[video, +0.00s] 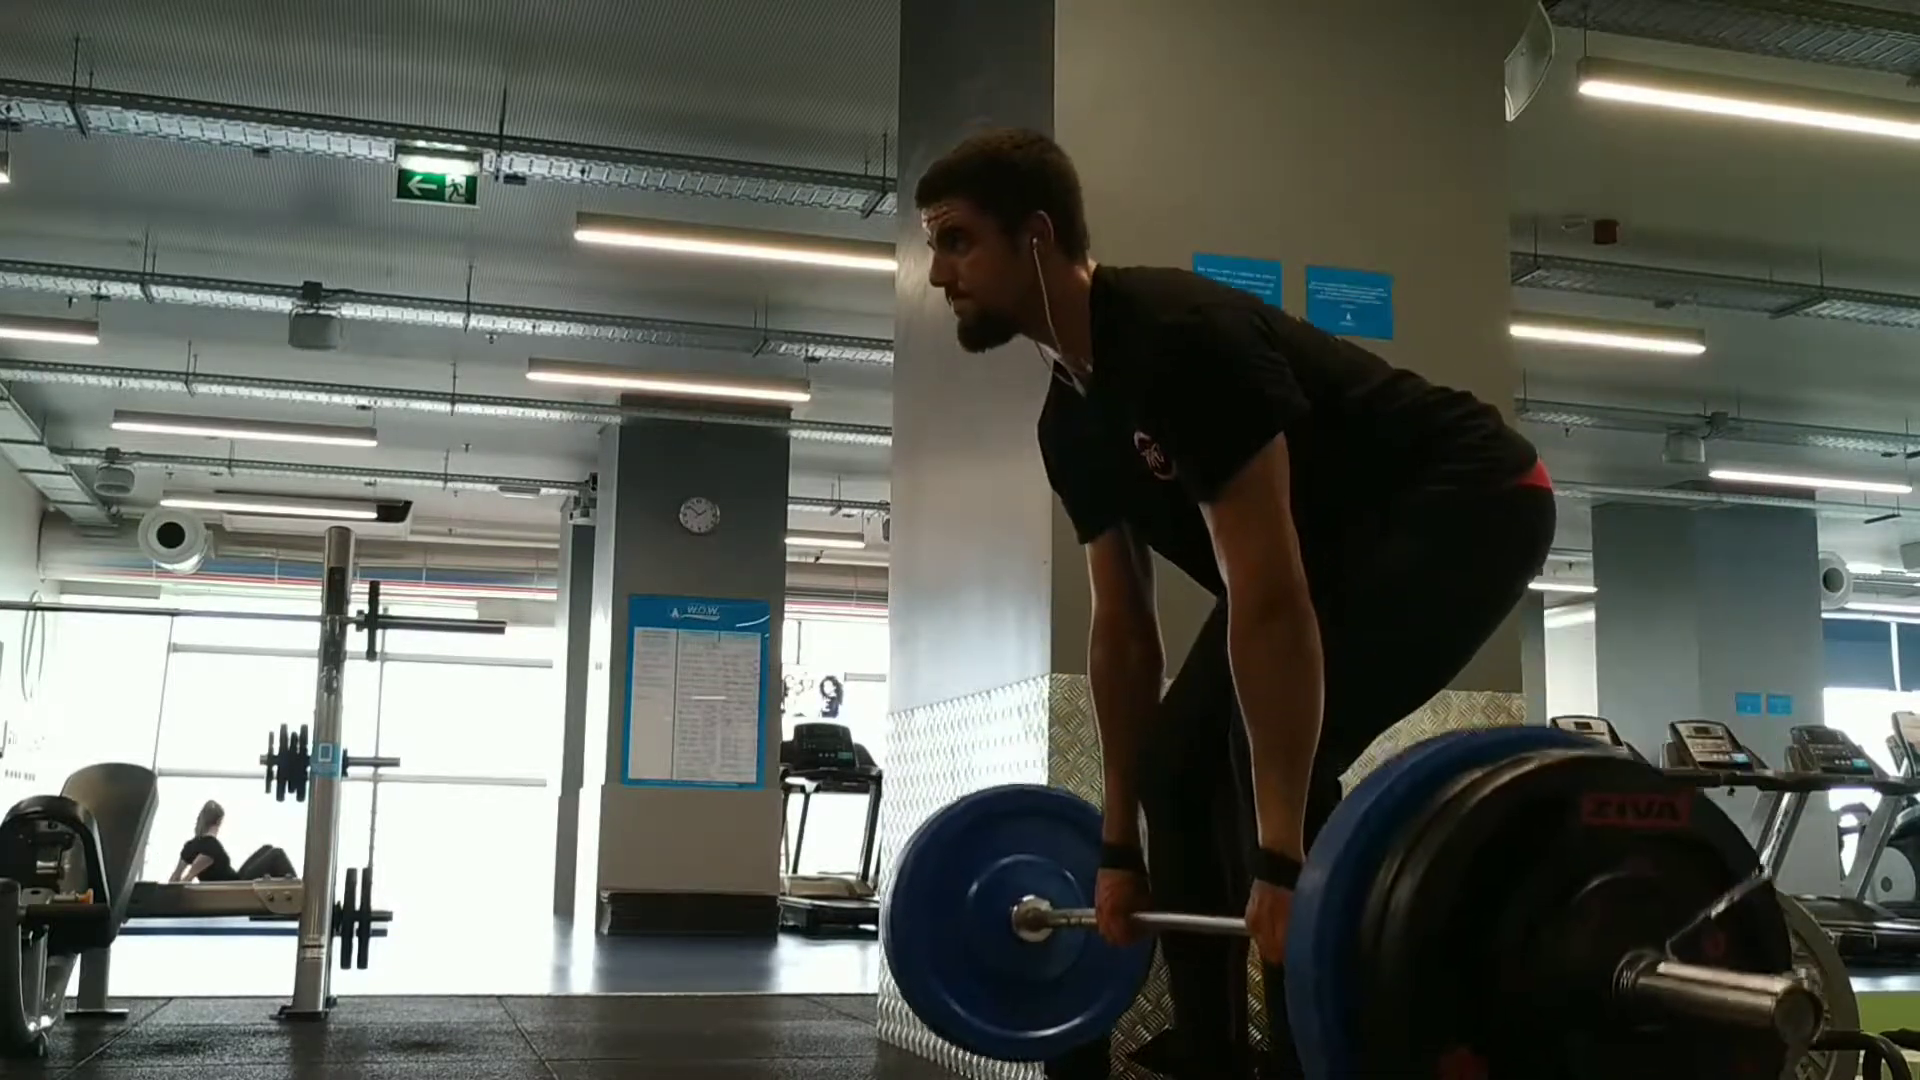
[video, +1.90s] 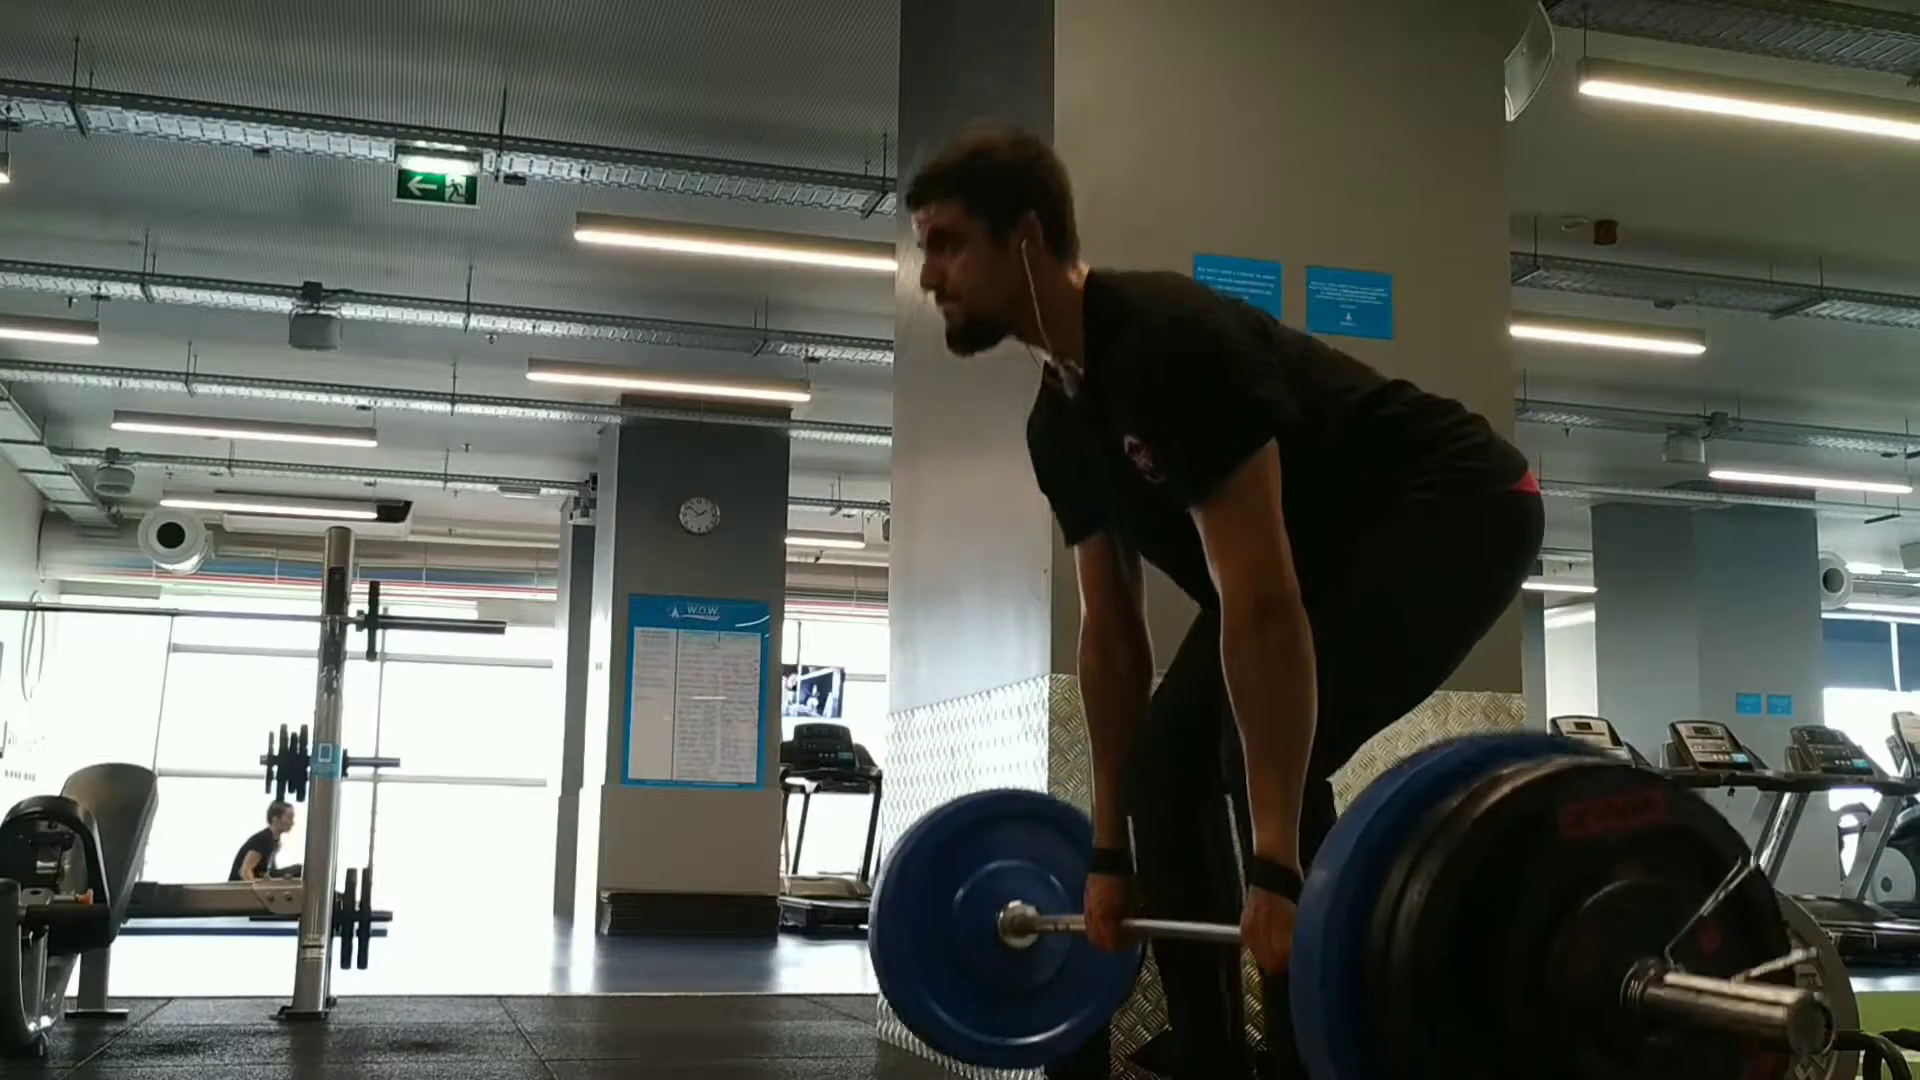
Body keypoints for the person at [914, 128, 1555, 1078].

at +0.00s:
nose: (935, 274)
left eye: (956, 243)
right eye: (933, 248)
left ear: (1039, 239)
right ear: (1028, 248)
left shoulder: (1180, 336)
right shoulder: (1071, 422)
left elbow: (1272, 603)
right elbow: (1120, 632)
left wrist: (1281, 861)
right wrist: (1119, 846)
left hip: (1464, 500)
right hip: (1332, 535)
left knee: (1275, 753)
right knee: (1176, 758)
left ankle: (1314, 1044)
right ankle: (1207, 1039)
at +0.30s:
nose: (973, 132)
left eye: (994, 103)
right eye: (970, 109)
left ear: (1076, 104)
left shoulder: (1203, 221)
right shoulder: (1080, 309)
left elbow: (1280, 481)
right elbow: (1125, 527)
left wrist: (1279, 724)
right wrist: (1123, 735)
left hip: (1432, 493)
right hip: (1296, 519)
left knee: (1310, 777)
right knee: (1195, 770)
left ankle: (1310, 1058)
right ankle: (1213, 1047)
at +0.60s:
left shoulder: (1273, 77)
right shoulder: (1149, 144)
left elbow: (1301, 320)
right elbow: (1147, 372)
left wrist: (1280, 548)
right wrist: (1125, 581)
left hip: (1295, 515)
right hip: (1202, 518)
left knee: (1278, 788)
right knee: (1184, 779)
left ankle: (1311, 1058)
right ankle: (1210, 1047)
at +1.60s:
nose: (968, 147)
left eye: (984, 116)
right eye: (961, 124)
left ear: (1067, 108)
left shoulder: (1199, 225)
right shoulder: (1083, 303)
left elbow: (1279, 487)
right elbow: (1128, 523)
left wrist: (1278, 731)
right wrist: (1114, 743)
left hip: (1431, 501)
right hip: (1294, 524)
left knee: (1311, 775)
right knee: (1189, 769)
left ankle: (1310, 1059)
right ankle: (1211, 1045)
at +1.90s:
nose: (926, 276)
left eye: (945, 246)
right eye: (923, 252)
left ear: (1027, 240)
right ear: (1017, 249)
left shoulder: (1172, 340)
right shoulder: (1059, 424)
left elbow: (1264, 610)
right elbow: (1110, 635)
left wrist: (1277, 871)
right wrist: (1110, 853)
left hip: (1452, 505)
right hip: (1312, 547)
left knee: (1271, 747)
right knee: (1165, 757)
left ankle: (1316, 1044)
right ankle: (1202, 1045)